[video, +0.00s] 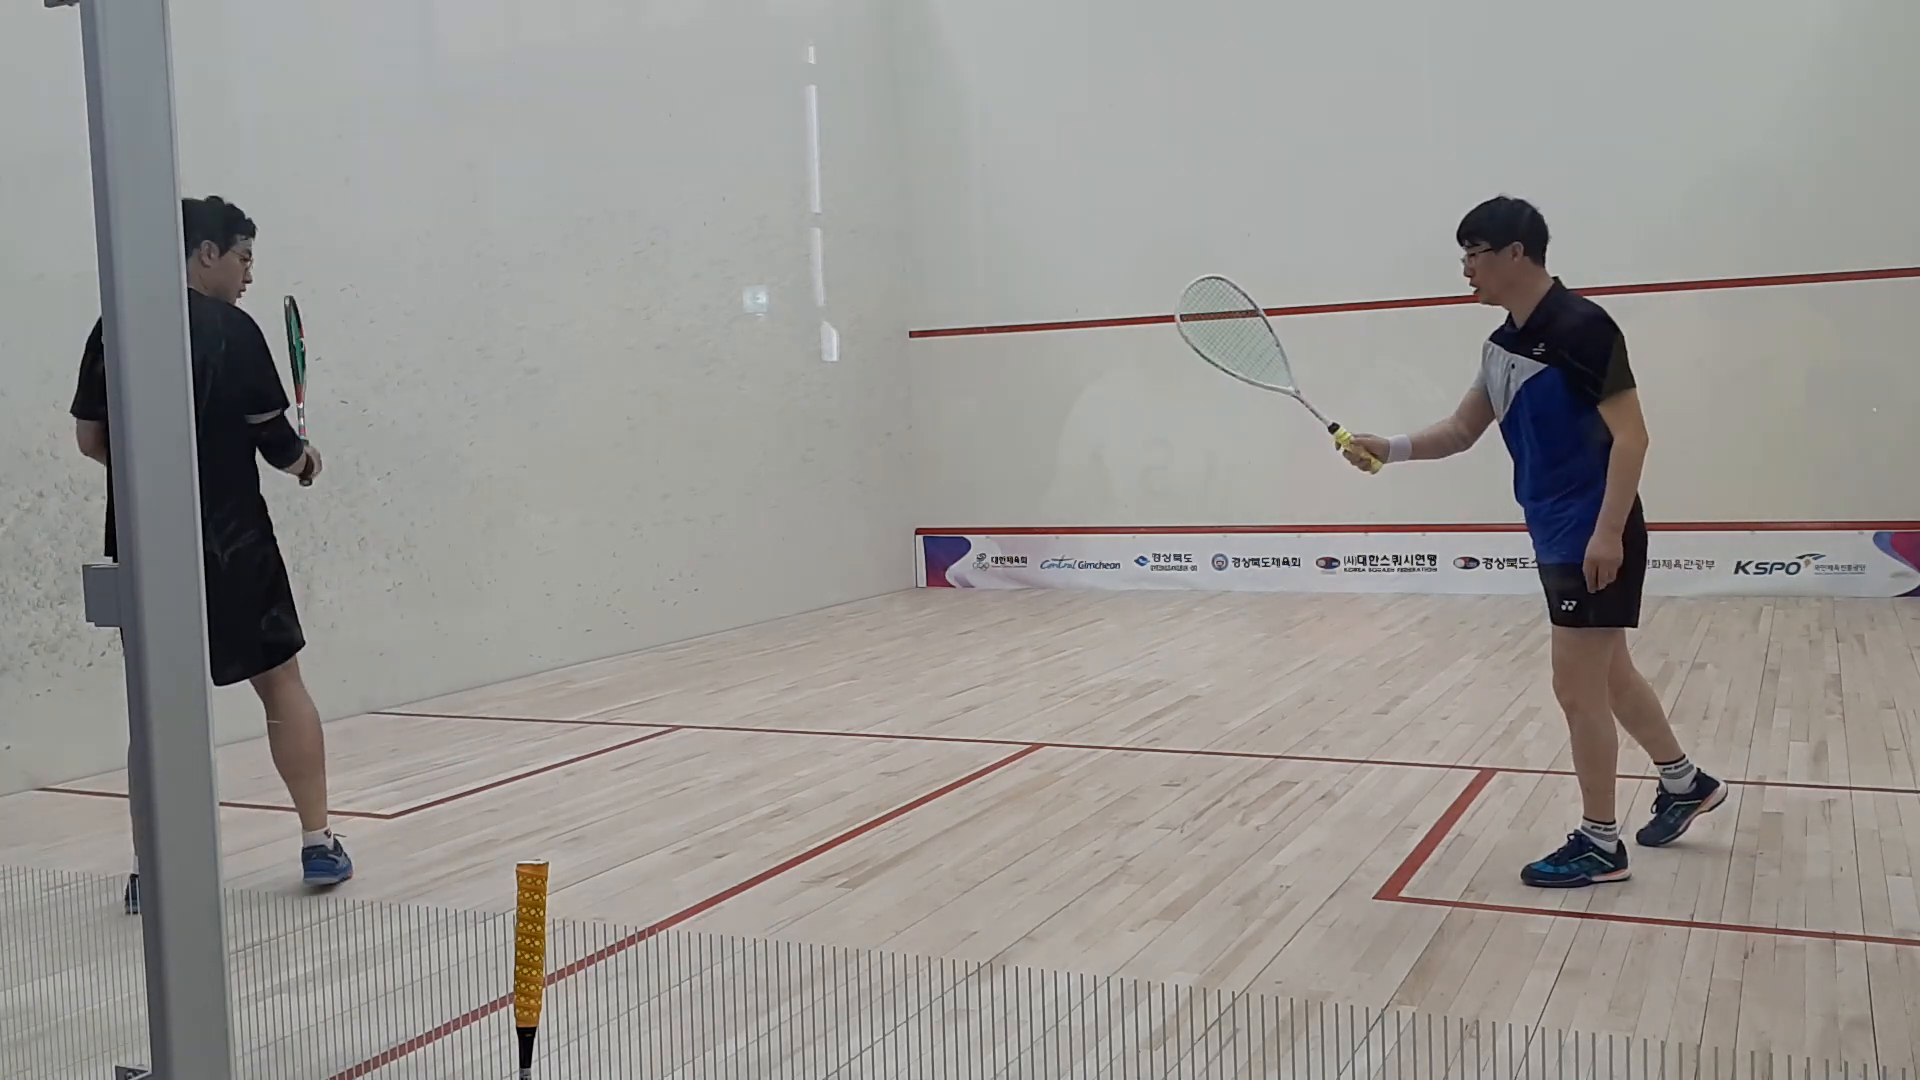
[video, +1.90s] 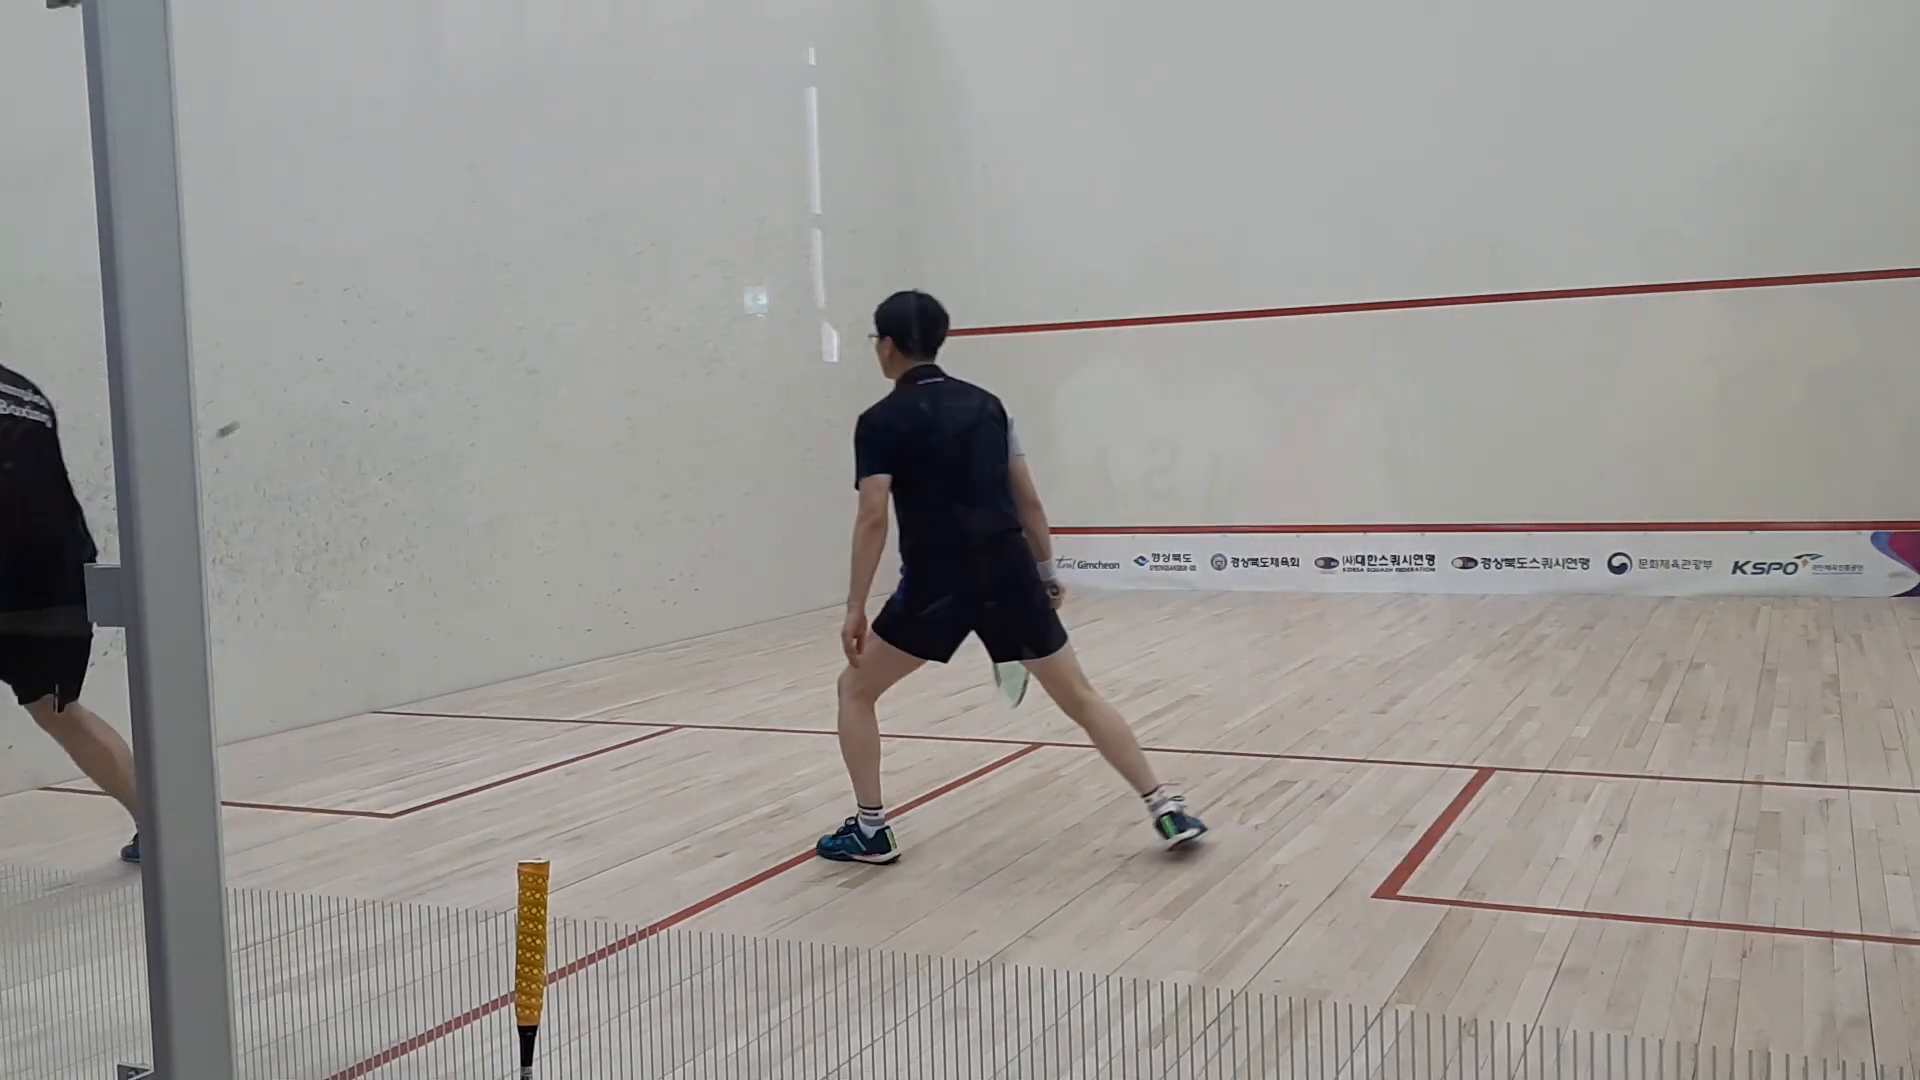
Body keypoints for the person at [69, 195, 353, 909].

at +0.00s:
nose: (249, 273)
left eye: (249, 259)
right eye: (242, 259)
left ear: (187, 257)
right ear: (206, 256)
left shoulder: (113, 323)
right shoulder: (231, 330)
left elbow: (91, 437)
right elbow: (272, 437)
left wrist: (157, 455)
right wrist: (303, 460)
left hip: (143, 549)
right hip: (232, 543)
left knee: (153, 711)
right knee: (282, 690)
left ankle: (152, 869)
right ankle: (319, 843)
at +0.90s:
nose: (293, 271)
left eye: (290, 260)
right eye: (289, 261)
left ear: (215, 269)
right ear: (272, 267)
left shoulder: (177, 321)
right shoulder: (305, 345)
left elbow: (115, 403)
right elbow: (314, 452)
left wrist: (51, 431)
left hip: (186, 547)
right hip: (276, 550)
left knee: (155, 699)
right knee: (294, 696)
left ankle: (135, 855)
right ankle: (324, 853)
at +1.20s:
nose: (221, 283)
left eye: (217, 271)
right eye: (217, 272)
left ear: (145, 271)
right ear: (202, 277)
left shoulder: (108, 328)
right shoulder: (239, 354)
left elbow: (70, 408)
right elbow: (245, 461)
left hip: (115, 560)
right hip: (216, 564)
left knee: (78, 699)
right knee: (247, 693)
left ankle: (86, 867)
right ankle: (316, 843)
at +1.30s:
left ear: (107, 259)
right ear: (177, 265)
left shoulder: (72, 334)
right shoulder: (205, 353)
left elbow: (30, 419)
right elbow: (210, 464)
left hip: (85, 557)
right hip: (181, 562)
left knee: (59, 703)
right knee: (206, 685)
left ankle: (84, 867)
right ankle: (278, 810)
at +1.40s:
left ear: (76, 270)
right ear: (141, 263)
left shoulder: (44, 334)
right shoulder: (176, 347)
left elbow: (4, 424)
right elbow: (189, 451)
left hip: (69, 559)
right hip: (159, 560)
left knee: (44, 697)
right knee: (171, 697)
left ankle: (82, 865)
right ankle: (204, 827)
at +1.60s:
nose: (110, 308)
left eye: (105, 299)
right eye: (107, 300)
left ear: (36, 304)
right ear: (93, 303)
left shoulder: (14, 358)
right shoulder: (122, 359)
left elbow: (5, 462)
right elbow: (146, 461)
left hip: (40, 575)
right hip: (114, 572)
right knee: (103, 694)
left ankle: (62, 847)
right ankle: (158, 823)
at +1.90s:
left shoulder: (23, 399)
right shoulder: (29, 396)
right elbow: (58, 503)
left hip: (19, 590)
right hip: (53, 585)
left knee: (54, 709)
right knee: (56, 707)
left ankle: (149, 819)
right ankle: (150, 820)